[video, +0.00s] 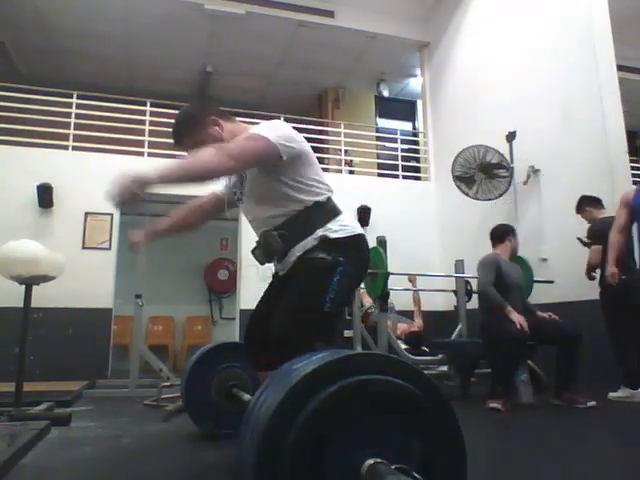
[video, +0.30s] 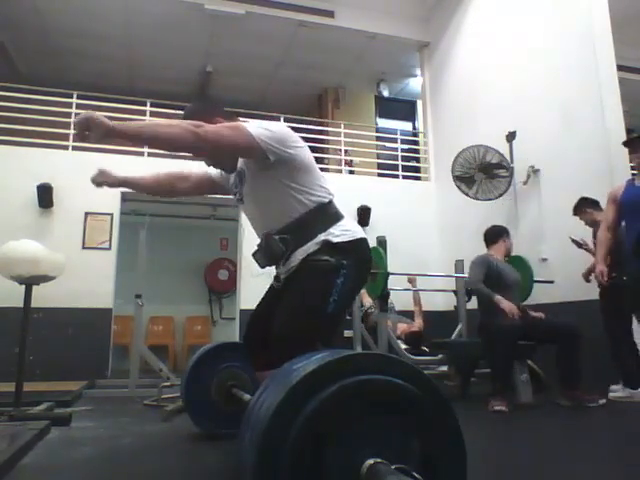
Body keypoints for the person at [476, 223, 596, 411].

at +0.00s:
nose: (517, 245)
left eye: (516, 240)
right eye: (515, 240)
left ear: (499, 241)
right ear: (509, 240)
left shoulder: (514, 267)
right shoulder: (489, 260)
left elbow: (519, 300)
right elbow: (485, 287)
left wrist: (537, 314)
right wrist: (510, 312)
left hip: (522, 320)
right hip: (497, 320)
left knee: (568, 333)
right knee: (513, 337)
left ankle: (564, 392)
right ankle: (497, 396)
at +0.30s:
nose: (511, 245)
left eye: (510, 241)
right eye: (510, 241)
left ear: (492, 242)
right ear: (503, 241)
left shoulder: (507, 267)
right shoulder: (482, 260)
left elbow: (508, 301)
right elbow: (473, 284)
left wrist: (527, 313)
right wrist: (500, 300)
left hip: (518, 322)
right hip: (495, 323)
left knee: (568, 332)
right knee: (503, 337)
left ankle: (571, 391)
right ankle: (500, 396)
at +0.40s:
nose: (514, 242)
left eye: (513, 239)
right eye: (512, 238)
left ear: (499, 240)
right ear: (503, 239)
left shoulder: (510, 268)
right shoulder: (480, 260)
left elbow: (509, 300)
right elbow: (461, 284)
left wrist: (526, 313)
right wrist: (479, 295)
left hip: (517, 317)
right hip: (494, 317)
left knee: (570, 332)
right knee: (507, 334)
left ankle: (573, 392)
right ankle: (501, 397)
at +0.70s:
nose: (517, 243)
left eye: (517, 239)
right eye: (514, 238)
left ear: (505, 239)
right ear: (500, 239)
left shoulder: (514, 265)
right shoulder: (478, 262)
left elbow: (525, 293)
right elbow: (459, 286)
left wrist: (551, 302)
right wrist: (461, 298)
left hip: (520, 315)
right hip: (494, 316)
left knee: (569, 329)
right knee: (507, 334)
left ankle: (573, 393)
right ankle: (502, 397)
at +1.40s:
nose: (523, 246)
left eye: (524, 241)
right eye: (521, 241)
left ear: (510, 239)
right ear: (507, 239)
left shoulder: (519, 265)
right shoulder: (483, 261)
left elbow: (527, 292)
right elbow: (465, 282)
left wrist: (554, 303)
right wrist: (458, 289)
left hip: (522, 319)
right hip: (494, 319)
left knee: (570, 332)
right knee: (510, 332)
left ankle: (573, 394)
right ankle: (502, 397)